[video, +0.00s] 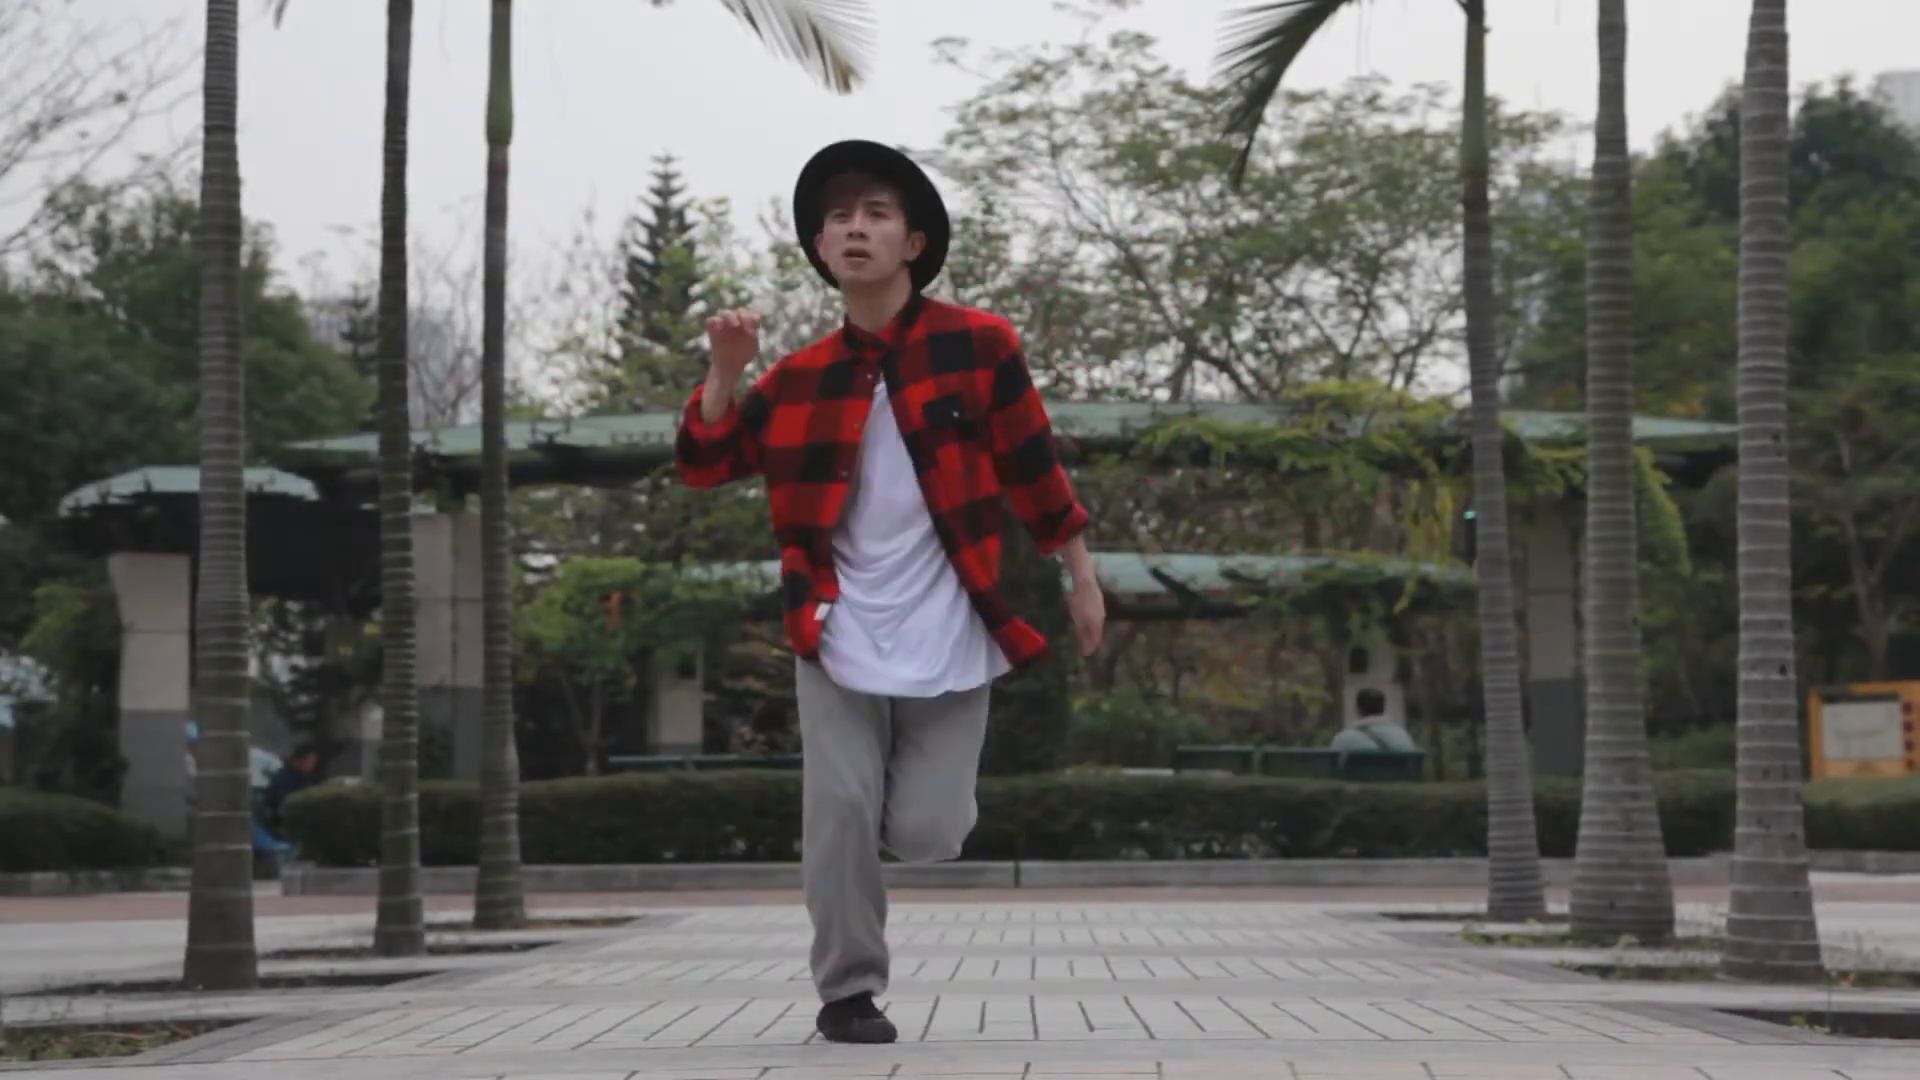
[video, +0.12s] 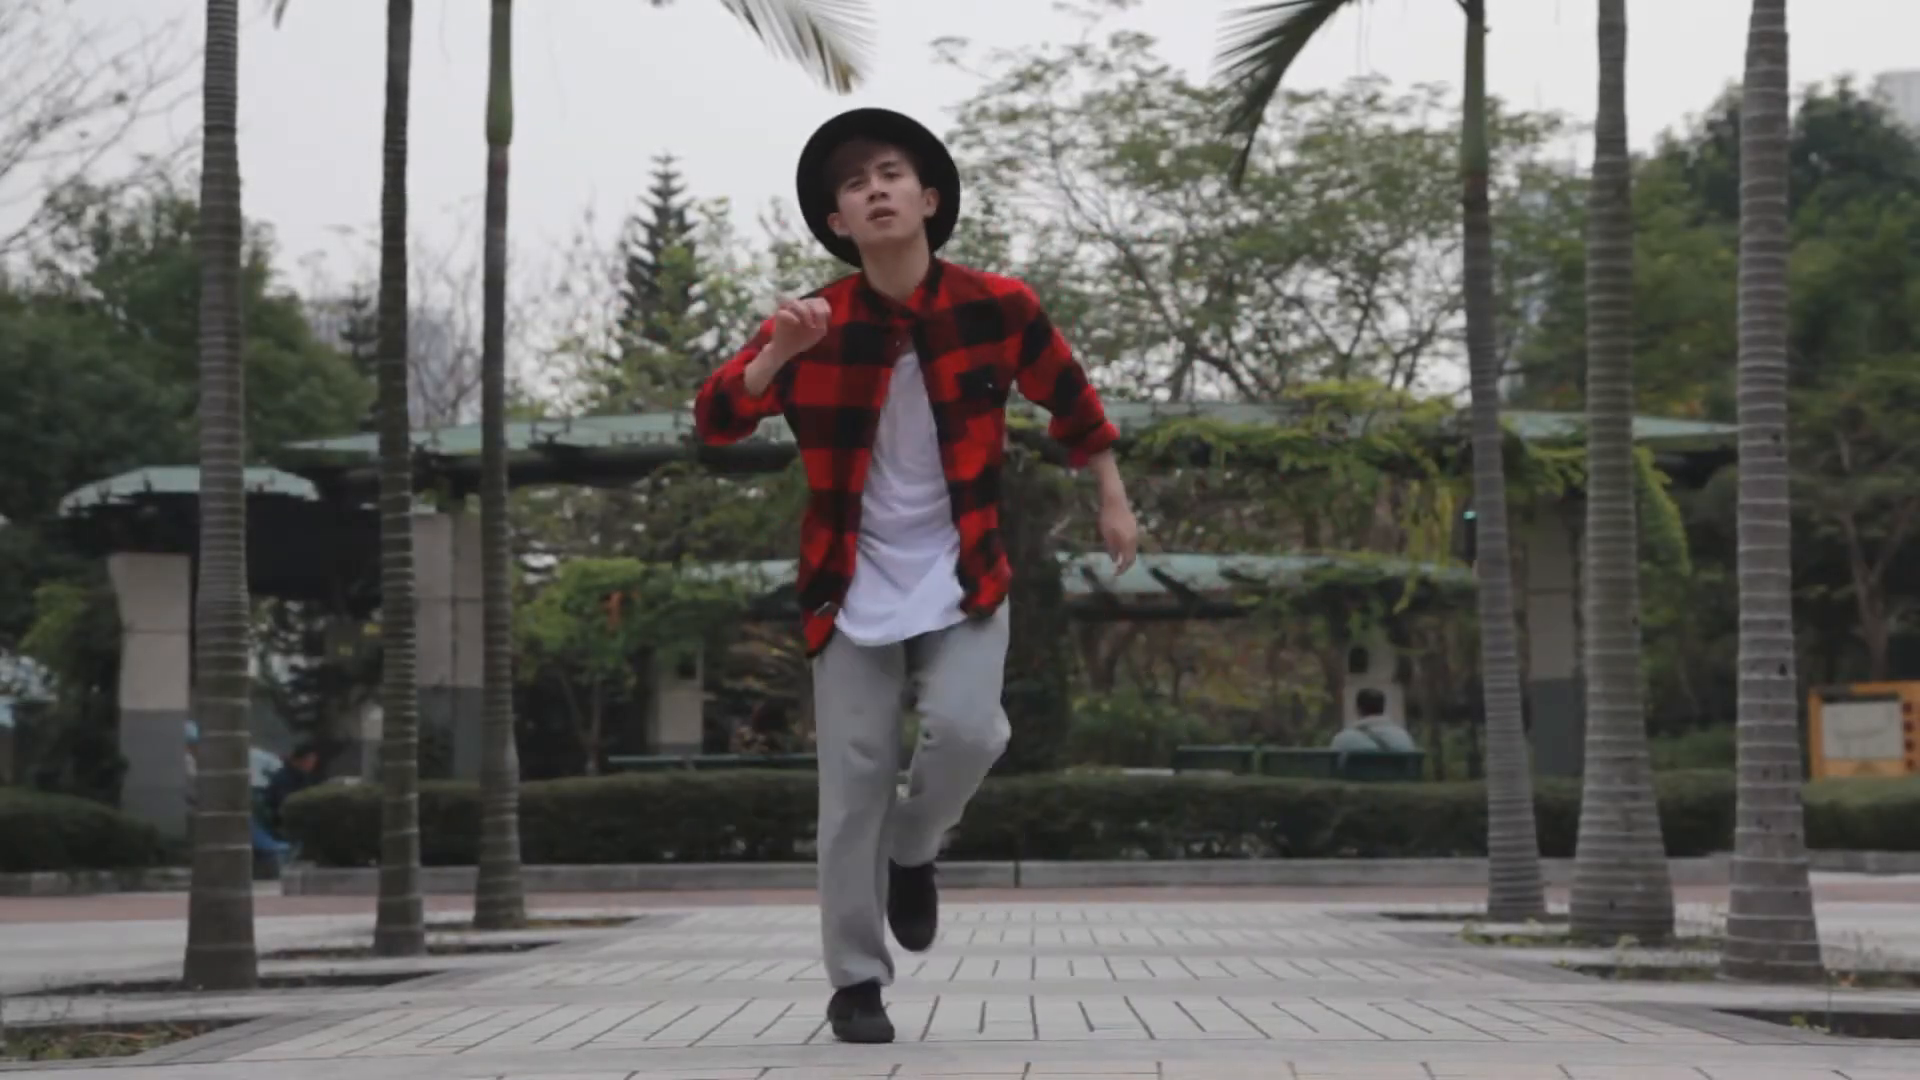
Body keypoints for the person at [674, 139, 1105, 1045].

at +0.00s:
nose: (854, 226)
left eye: (877, 212)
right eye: (838, 214)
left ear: (917, 242)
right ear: (817, 248)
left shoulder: (978, 347)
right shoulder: (798, 377)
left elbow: (1032, 464)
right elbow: (702, 465)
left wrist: (1081, 572)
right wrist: (722, 377)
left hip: (953, 627)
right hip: (841, 626)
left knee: (928, 838)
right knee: (842, 811)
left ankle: (863, 801)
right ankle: (849, 993)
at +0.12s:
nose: (877, 189)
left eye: (893, 173)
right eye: (856, 183)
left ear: (933, 196)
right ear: (836, 220)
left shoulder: (997, 306)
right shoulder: (813, 320)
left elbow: (1069, 394)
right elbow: (714, 427)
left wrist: (1114, 497)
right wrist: (773, 356)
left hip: (962, 575)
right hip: (853, 583)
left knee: (968, 732)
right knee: (856, 782)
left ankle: (909, 850)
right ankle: (854, 979)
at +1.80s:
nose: (1164, 296)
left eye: (1176, 279)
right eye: (1138, 286)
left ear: (1201, 300)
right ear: (1105, 320)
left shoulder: (1173, 412)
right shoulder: (1104, 404)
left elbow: (1141, 547)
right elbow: (1062, 539)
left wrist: (1196, 550)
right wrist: (1014, 667)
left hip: (1102, 665)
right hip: (1025, 678)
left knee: (1192, 792)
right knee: (1093, 847)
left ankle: (1142, 992)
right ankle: (925, 827)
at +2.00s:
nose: (1192, 241)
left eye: (1212, 231)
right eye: (1172, 224)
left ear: (1231, 266)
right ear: (1134, 246)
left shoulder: (1209, 381)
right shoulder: (1060, 309)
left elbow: (1207, 528)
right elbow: (934, 332)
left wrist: (1211, 447)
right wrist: (807, 351)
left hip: (1072, 584)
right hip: (996, 566)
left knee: (1093, 764)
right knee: (1143, 679)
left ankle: (1104, 976)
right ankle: (1029, 855)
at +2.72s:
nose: (1248, 262)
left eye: (1244, 246)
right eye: (1223, 253)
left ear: (1253, 261)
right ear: (1177, 292)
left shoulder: (1236, 370)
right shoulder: (1169, 386)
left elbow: (1261, 420)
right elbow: (1177, 538)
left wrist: (1316, 454)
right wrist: (1293, 590)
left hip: (1201, 624)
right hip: (1114, 634)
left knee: (1293, 776)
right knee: (1157, 868)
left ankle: (1264, 993)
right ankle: (1147, 897)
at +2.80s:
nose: (1276, 298)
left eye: (1273, 282)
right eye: (1255, 286)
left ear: (1217, 318)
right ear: (1202, 314)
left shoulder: (1215, 400)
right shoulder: (1198, 411)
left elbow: (1217, 489)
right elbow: (1218, 559)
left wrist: (1300, 472)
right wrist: (1273, 664)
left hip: (1199, 660)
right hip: (1114, 674)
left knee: (1306, 779)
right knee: (1199, 871)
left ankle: (1269, 992)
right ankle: (1180, 879)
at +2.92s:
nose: (1249, 276)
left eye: (1257, 261)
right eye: (1223, 262)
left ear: (1267, 275)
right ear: (1173, 290)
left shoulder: (1249, 379)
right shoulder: (1162, 378)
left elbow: (1335, 457)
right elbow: (1102, 504)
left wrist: (1313, 410)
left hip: (1189, 635)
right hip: (1094, 633)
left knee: (1257, 780)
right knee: (1181, 772)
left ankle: (1266, 988)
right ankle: (1097, 804)